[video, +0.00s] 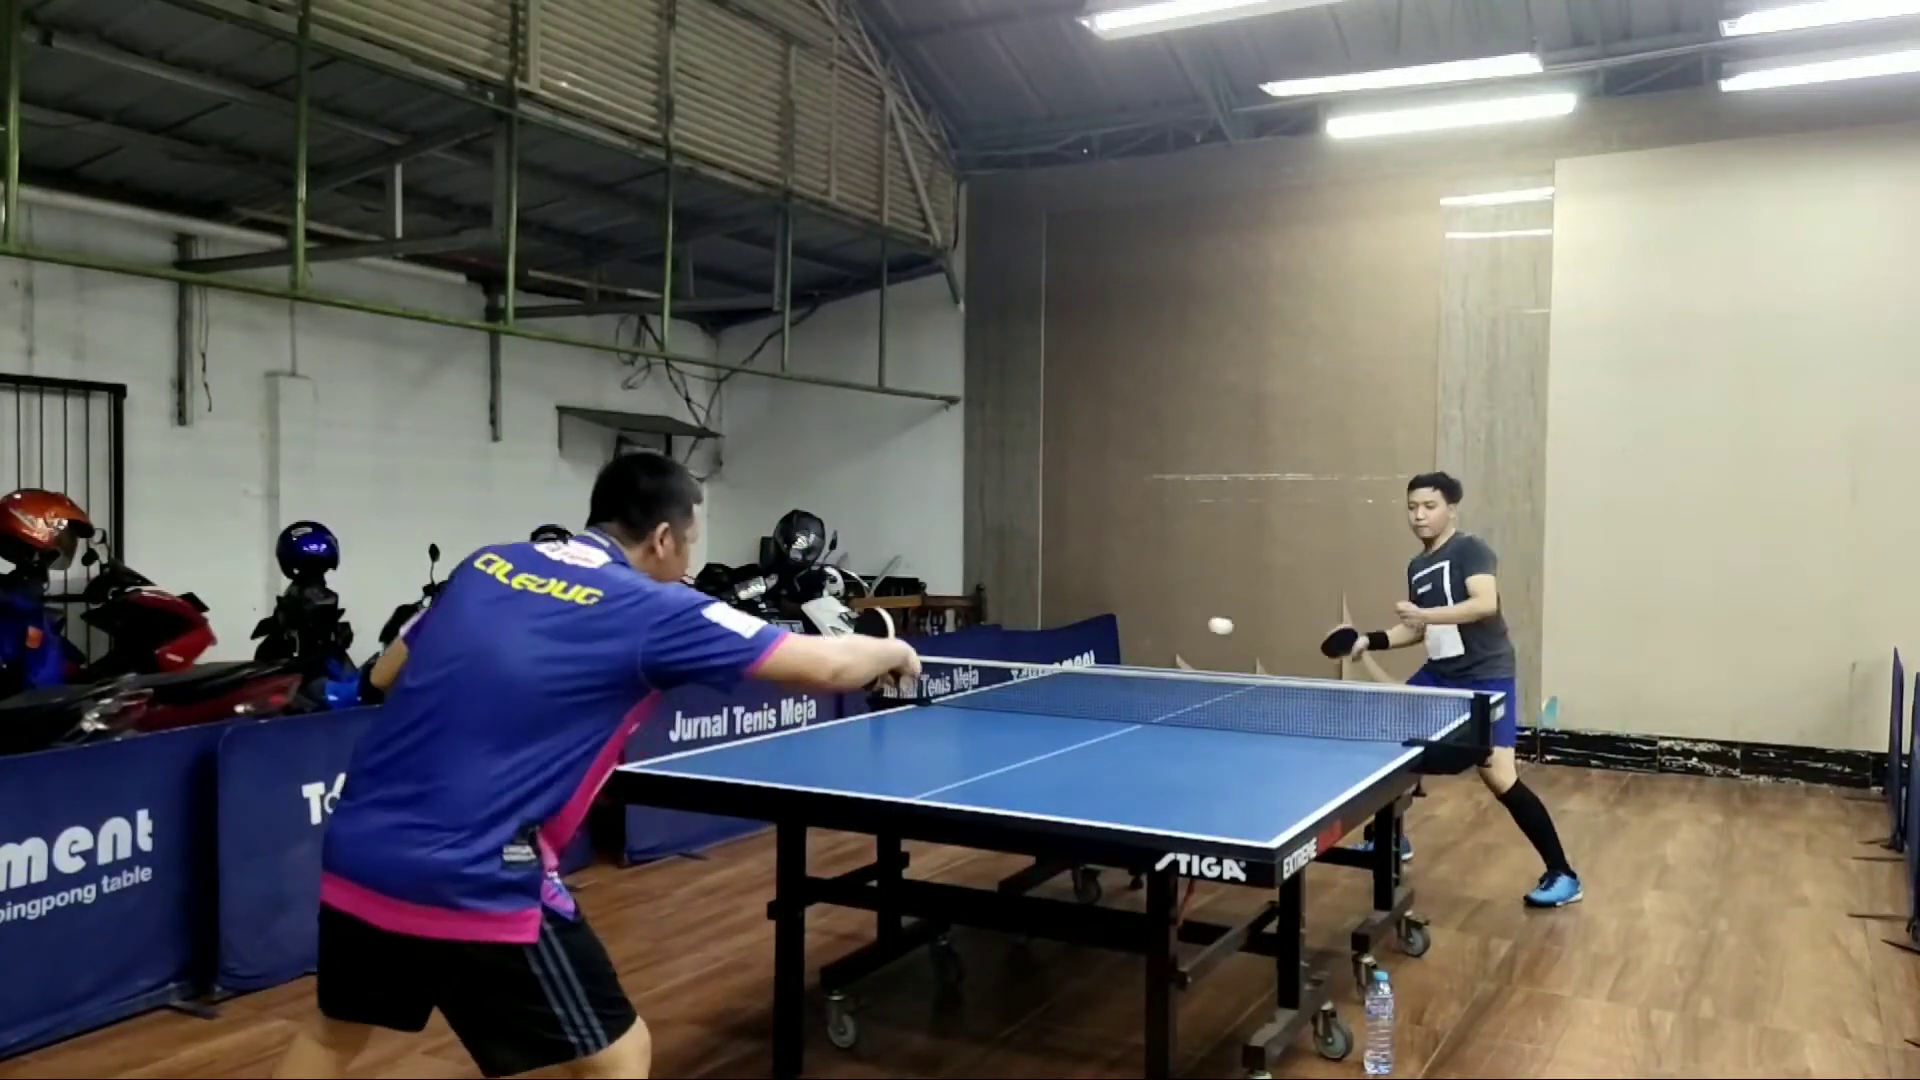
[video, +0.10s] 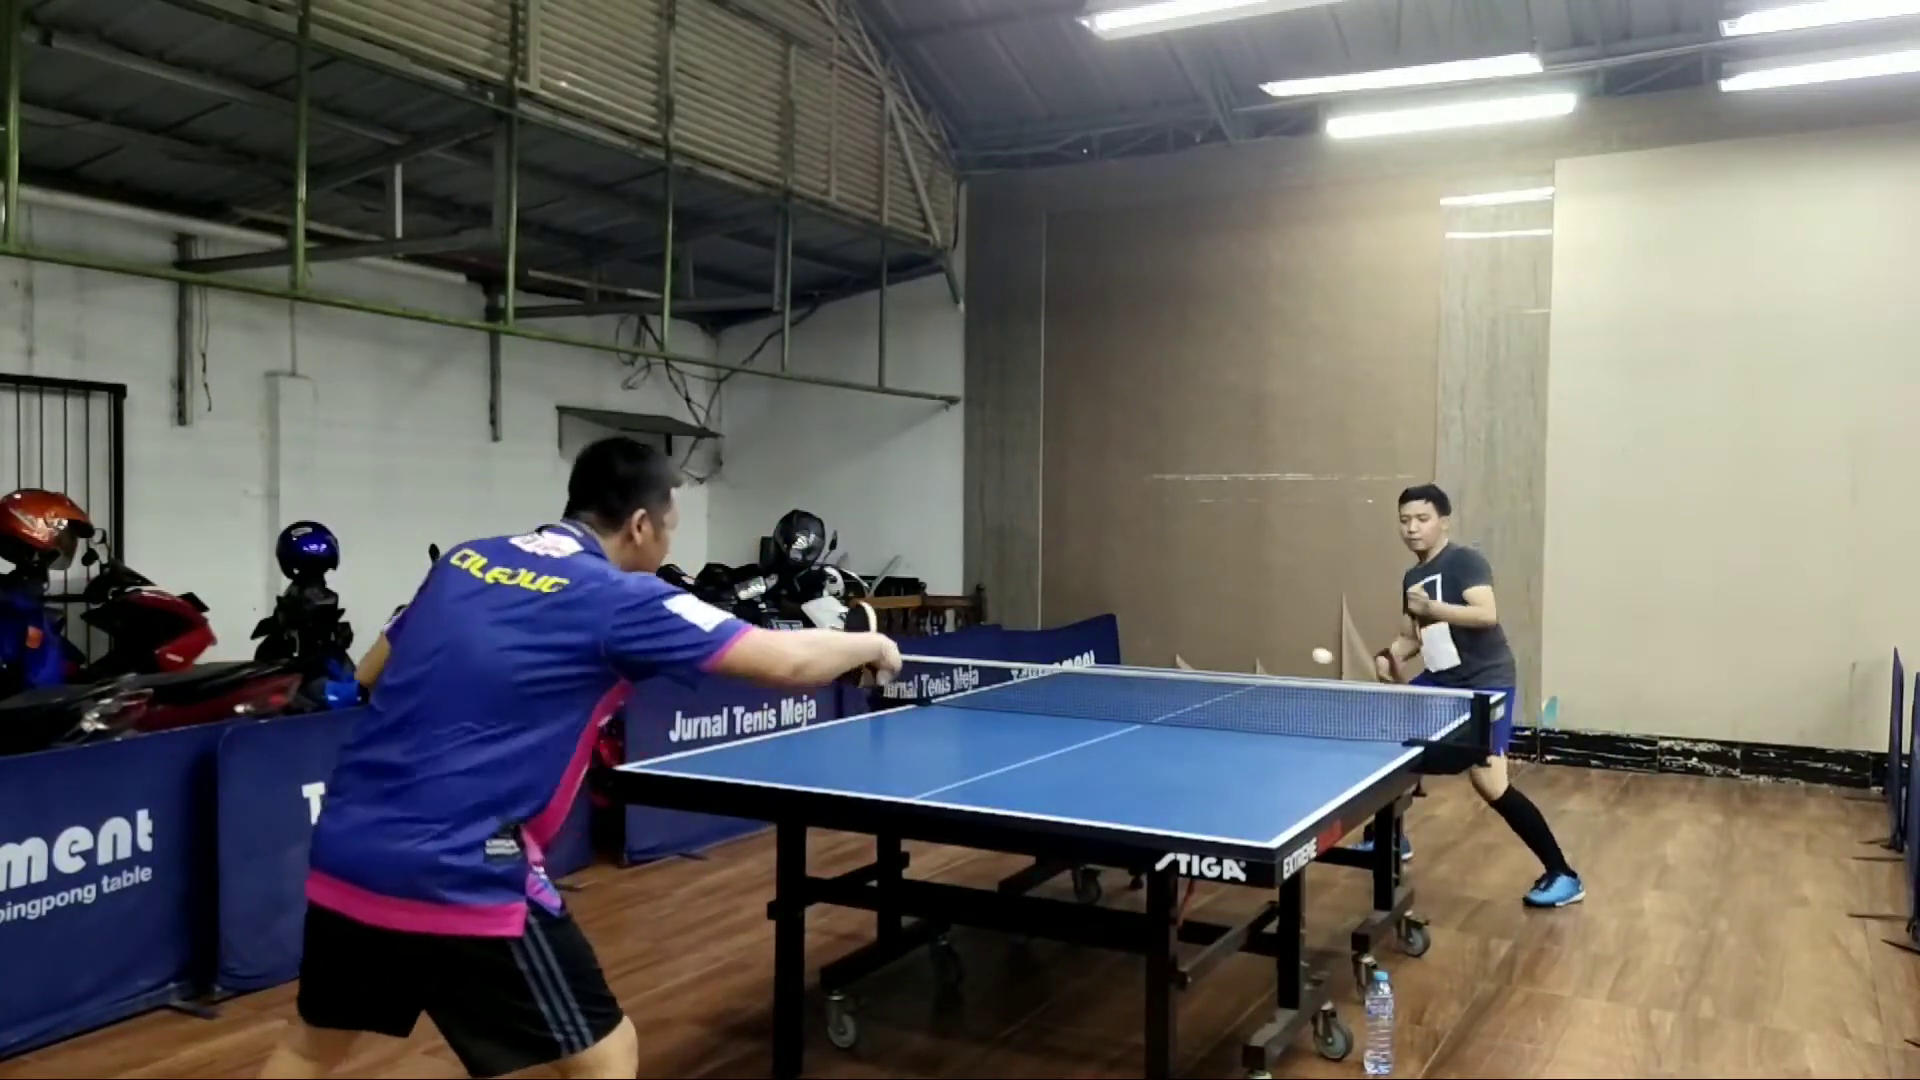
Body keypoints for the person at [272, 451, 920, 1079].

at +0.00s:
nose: (691, 559)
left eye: (692, 544)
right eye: (691, 544)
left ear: (595, 519)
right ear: (662, 537)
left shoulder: (486, 563)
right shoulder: (650, 608)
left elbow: (385, 675)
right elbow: (823, 666)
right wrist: (892, 652)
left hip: (353, 861)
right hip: (478, 883)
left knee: (332, 1038)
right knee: (616, 1054)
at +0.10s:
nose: (669, 542)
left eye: (671, 525)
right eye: (669, 525)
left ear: (576, 507)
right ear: (637, 522)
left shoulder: (463, 559)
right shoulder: (616, 595)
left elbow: (373, 677)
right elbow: (787, 663)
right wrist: (872, 644)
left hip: (342, 860)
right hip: (463, 877)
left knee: (315, 1046)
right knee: (602, 1053)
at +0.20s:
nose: (642, 545)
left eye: (643, 526)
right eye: (640, 526)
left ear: (544, 511)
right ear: (607, 526)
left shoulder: (437, 573)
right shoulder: (576, 599)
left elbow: (355, 687)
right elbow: (716, 684)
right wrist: (828, 665)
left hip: (323, 867)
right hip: (438, 880)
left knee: (313, 1047)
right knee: (587, 1053)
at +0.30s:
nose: (620, 534)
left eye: (620, 518)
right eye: (618, 518)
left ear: (525, 510)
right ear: (587, 523)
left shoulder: (432, 565)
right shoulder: (540, 595)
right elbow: (644, 713)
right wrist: (773, 714)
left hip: (292, 853)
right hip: (401, 867)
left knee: (304, 1045)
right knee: (542, 1058)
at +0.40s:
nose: (611, 524)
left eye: (613, 508)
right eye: (610, 508)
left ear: (515, 501)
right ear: (577, 513)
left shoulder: (428, 551)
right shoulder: (533, 584)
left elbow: (372, 682)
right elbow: (590, 736)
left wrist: (425, 791)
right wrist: (707, 763)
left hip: (265, 829)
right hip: (368, 844)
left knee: (278, 1035)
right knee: (497, 1058)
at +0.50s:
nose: (602, 544)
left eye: (603, 526)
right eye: (600, 526)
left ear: (507, 514)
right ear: (568, 528)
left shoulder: (416, 566)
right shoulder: (523, 605)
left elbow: (345, 713)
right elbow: (571, 769)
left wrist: (436, 809)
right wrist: (666, 795)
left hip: (249, 846)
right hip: (352, 860)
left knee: (269, 1044)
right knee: (485, 1060)